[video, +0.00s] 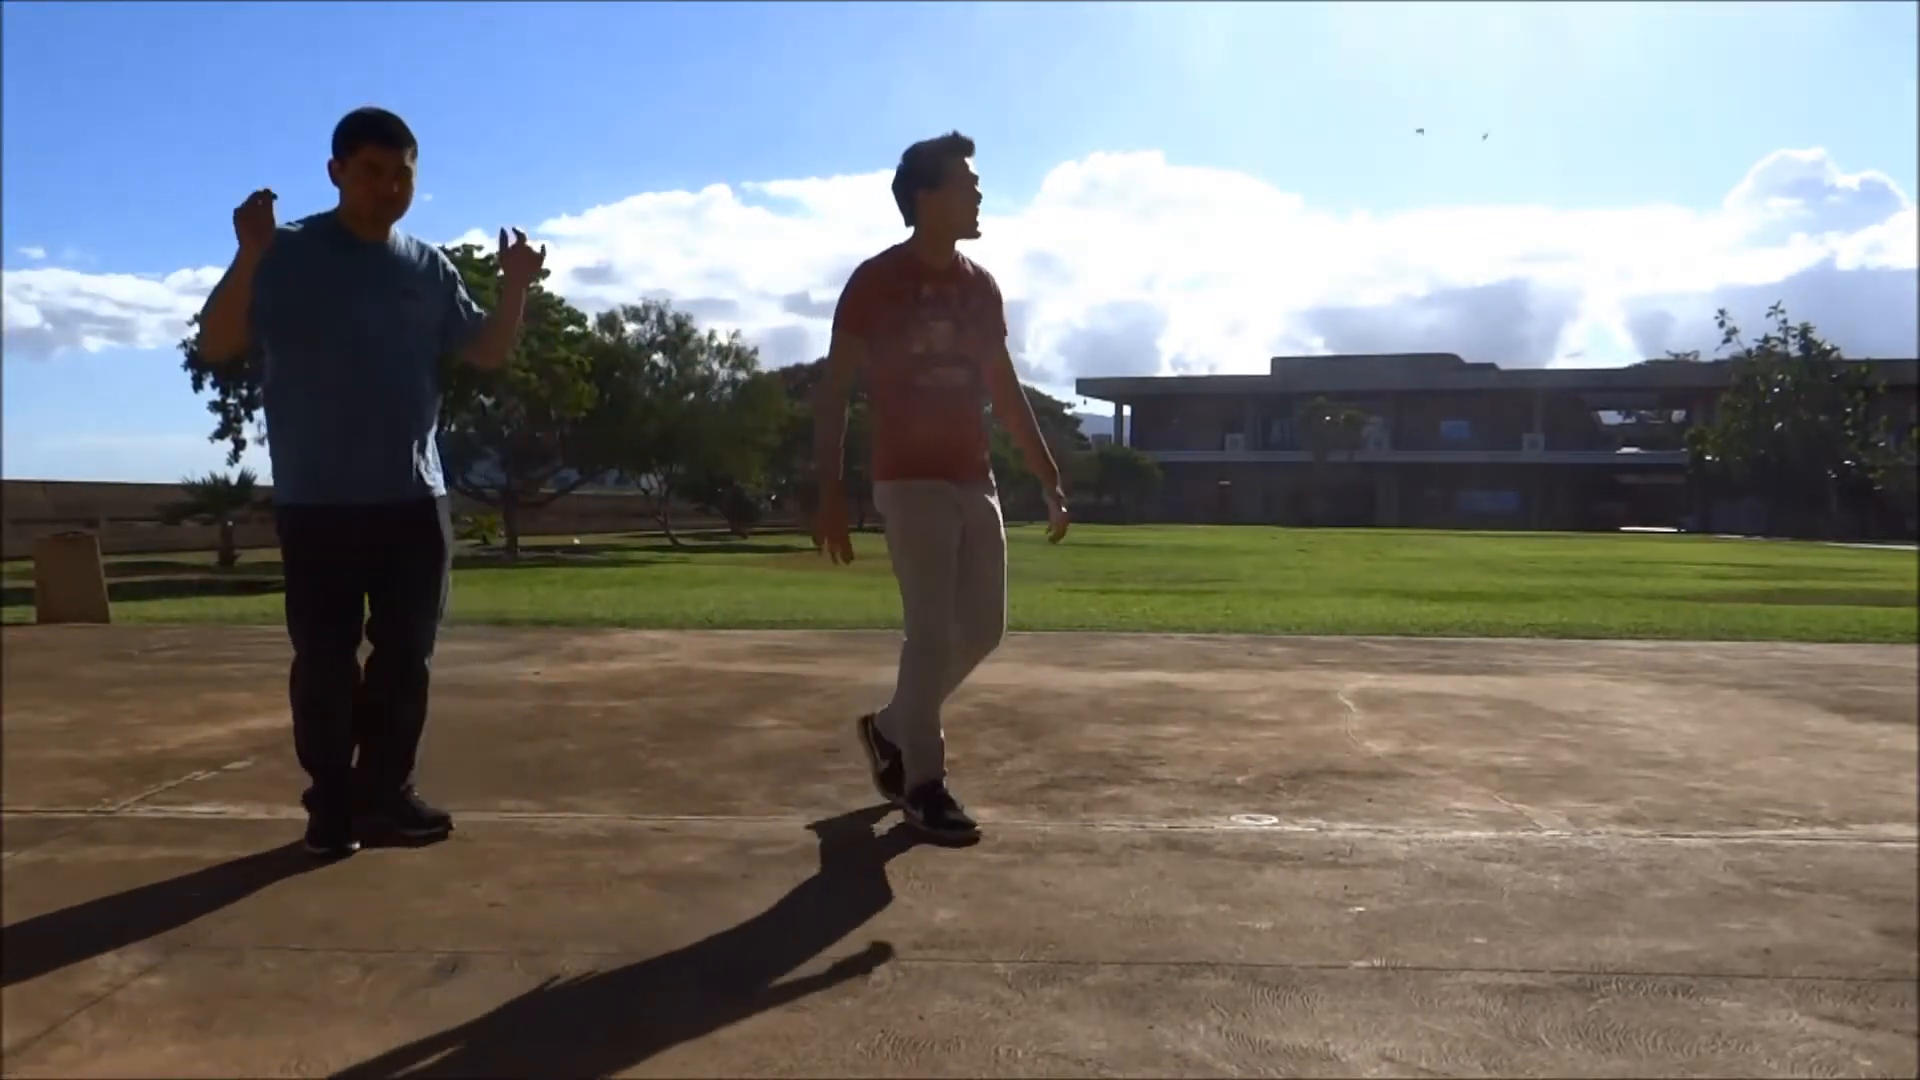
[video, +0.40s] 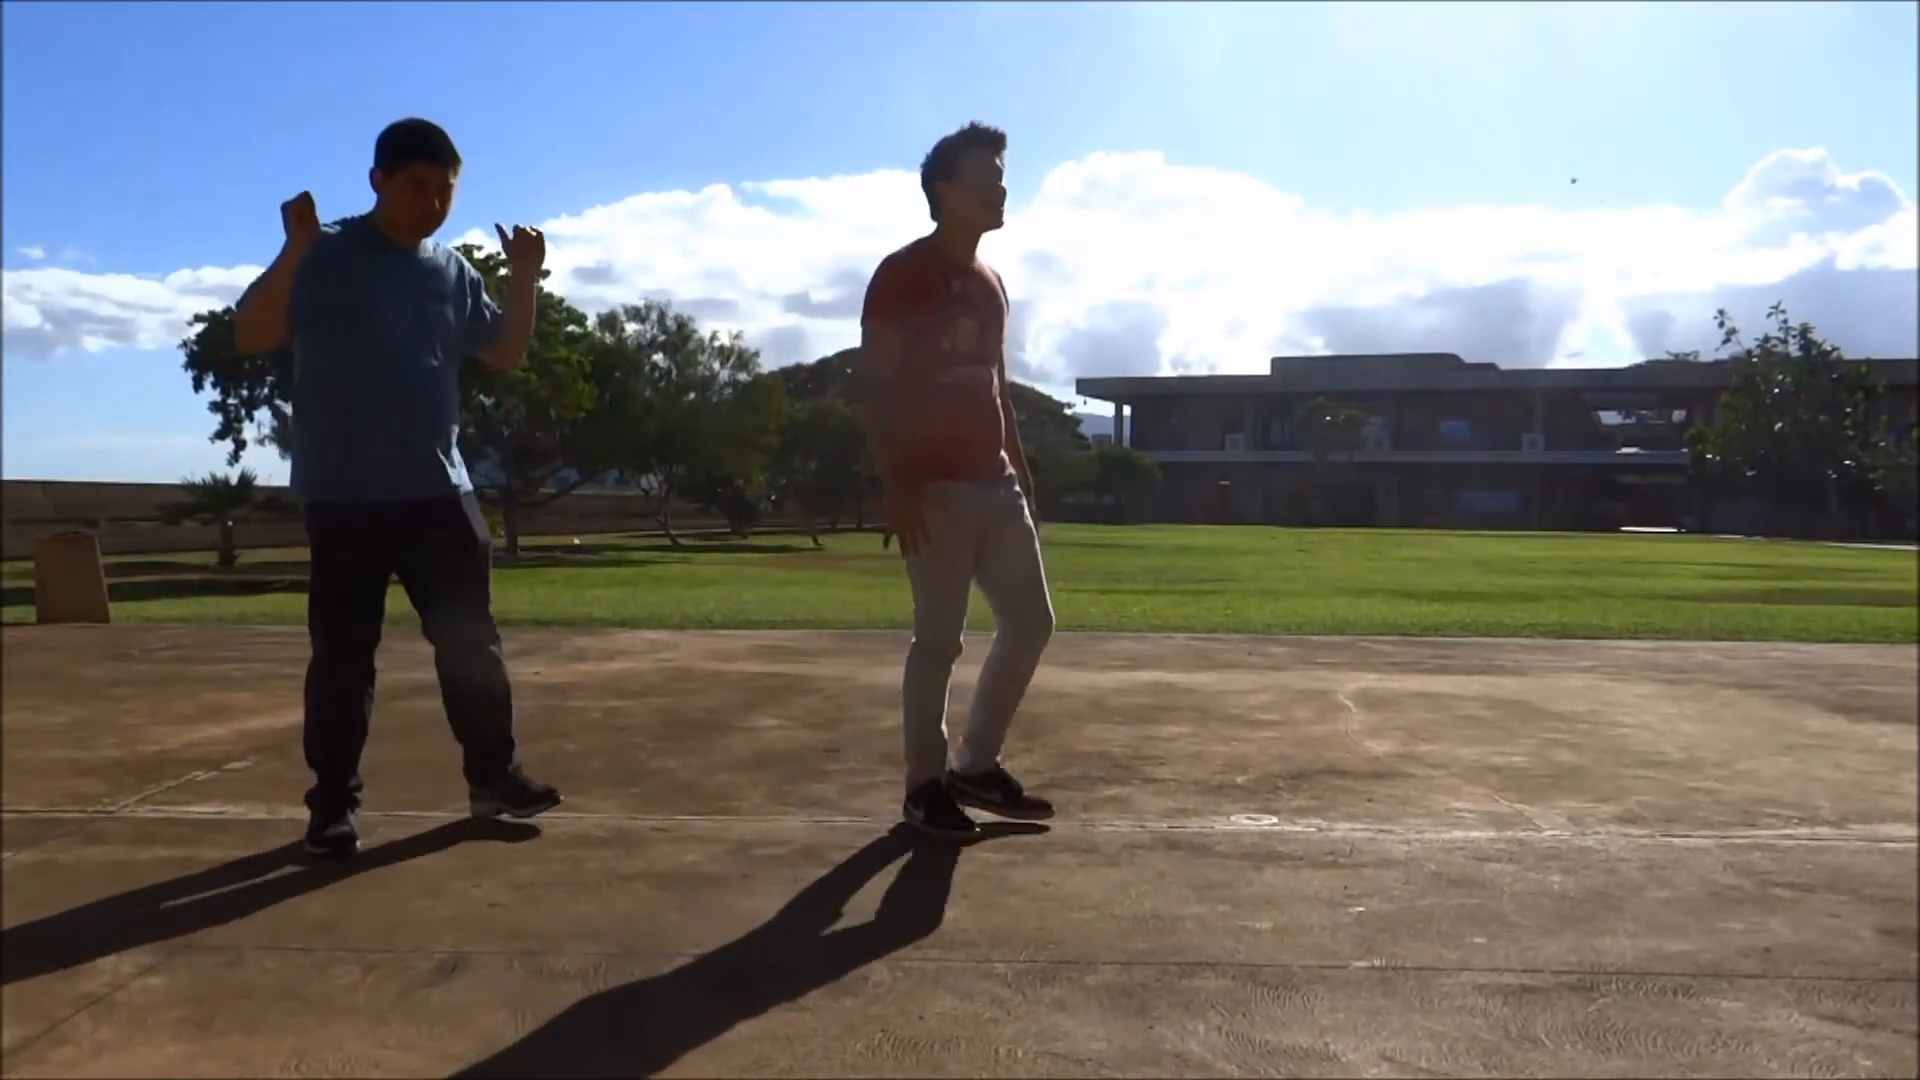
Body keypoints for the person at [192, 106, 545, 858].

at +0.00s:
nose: (393, 180)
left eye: (403, 169)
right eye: (377, 166)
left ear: (414, 179)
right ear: (339, 171)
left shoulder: (427, 266)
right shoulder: (287, 256)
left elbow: (485, 353)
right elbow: (217, 345)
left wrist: (516, 288)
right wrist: (249, 251)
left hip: (411, 487)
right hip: (315, 492)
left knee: (406, 652)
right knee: (324, 655)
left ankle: (385, 797)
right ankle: (330, 806)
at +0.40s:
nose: (436, 203)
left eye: (445, 190)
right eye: (423, 186)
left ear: (453, 193)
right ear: (381, 181)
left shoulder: (448, 271)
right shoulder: (322, 257)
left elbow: (504, 350)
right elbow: (250, 335)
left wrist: (525, 277)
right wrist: (296, 249)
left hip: (434, 486)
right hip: (343, 491)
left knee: (470, 636)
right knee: (341, 655)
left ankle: (495, 779)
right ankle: (333, 805)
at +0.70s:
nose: (502, 227)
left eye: (510, 214)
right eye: (490, 211)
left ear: (517, 212)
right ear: (451, 203)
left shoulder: (516, 287)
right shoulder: (389, 272)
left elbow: (562, 364)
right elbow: (330, 355)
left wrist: (610, 305)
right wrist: (340, 277)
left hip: (506, 498)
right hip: (416, 501)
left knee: (530, 643)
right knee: (385, 655)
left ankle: (530, 779)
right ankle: (340, 803)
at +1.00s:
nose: (569, 232)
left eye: (576, 219)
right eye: (561, 217)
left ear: (575, 217)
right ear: (522, 204)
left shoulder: (577, 294)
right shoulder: (451, 274)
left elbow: (606, 367)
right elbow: (402, 364)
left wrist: (692, 336)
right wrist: (393, 307)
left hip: (564, 491)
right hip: (486, 491)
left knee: (556, 641)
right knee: (479, 640)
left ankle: (535, 780)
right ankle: (441, 797)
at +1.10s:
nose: (586, 233)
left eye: (593, 221)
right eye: (579, 218)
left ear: (589, 218)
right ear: (538, 204)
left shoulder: (590, 293)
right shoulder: (469, 273)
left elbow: (617, 370)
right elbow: (420, 365)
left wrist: (703, 338)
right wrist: (417, 308)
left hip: (574, 488)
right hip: (500, 487)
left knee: (566, 637)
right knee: (515, 632)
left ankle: (544, 780)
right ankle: (503, 796)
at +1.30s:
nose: (613, 240)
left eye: (621, 227)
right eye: (608, 223)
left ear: (616, 223)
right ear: (566, 207)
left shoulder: (608, 293)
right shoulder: (501, 274)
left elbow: (639, 368)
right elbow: (453, 369)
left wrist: (731, 384)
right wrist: (462, 343)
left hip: (591, 485)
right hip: (527, 483)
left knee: (564, 626)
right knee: (575, 620)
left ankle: (530, 779)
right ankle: (615, 778)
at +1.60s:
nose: (663, 247)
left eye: (671, 234)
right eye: (660, 231)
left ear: (653, 225)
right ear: (620, 212)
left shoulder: (643, 292)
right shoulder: (553, 278)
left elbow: (658, 378)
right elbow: (514, 376)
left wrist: (742, 405)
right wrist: (538, 383)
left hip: (622, 495)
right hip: (576, 495)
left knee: (582, 632)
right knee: (622, 631)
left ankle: (533, 779)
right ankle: (659, 793)